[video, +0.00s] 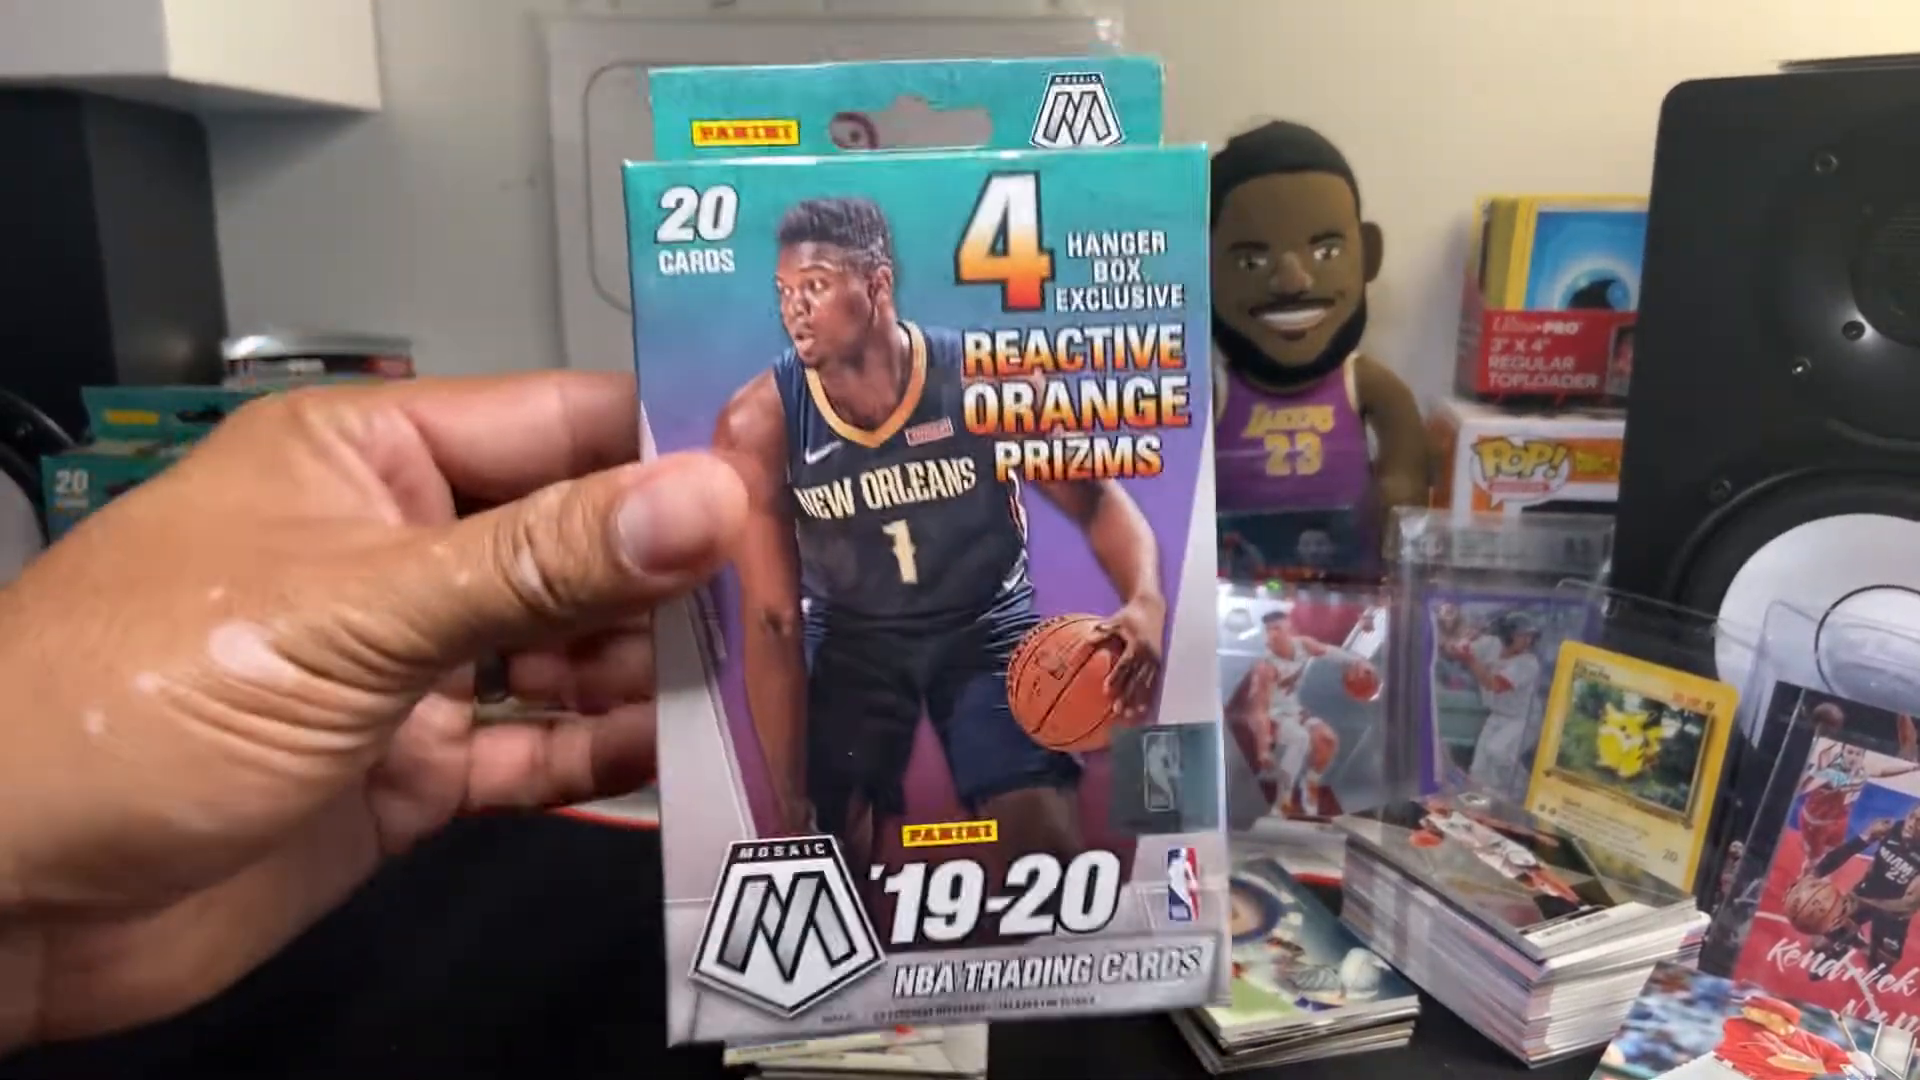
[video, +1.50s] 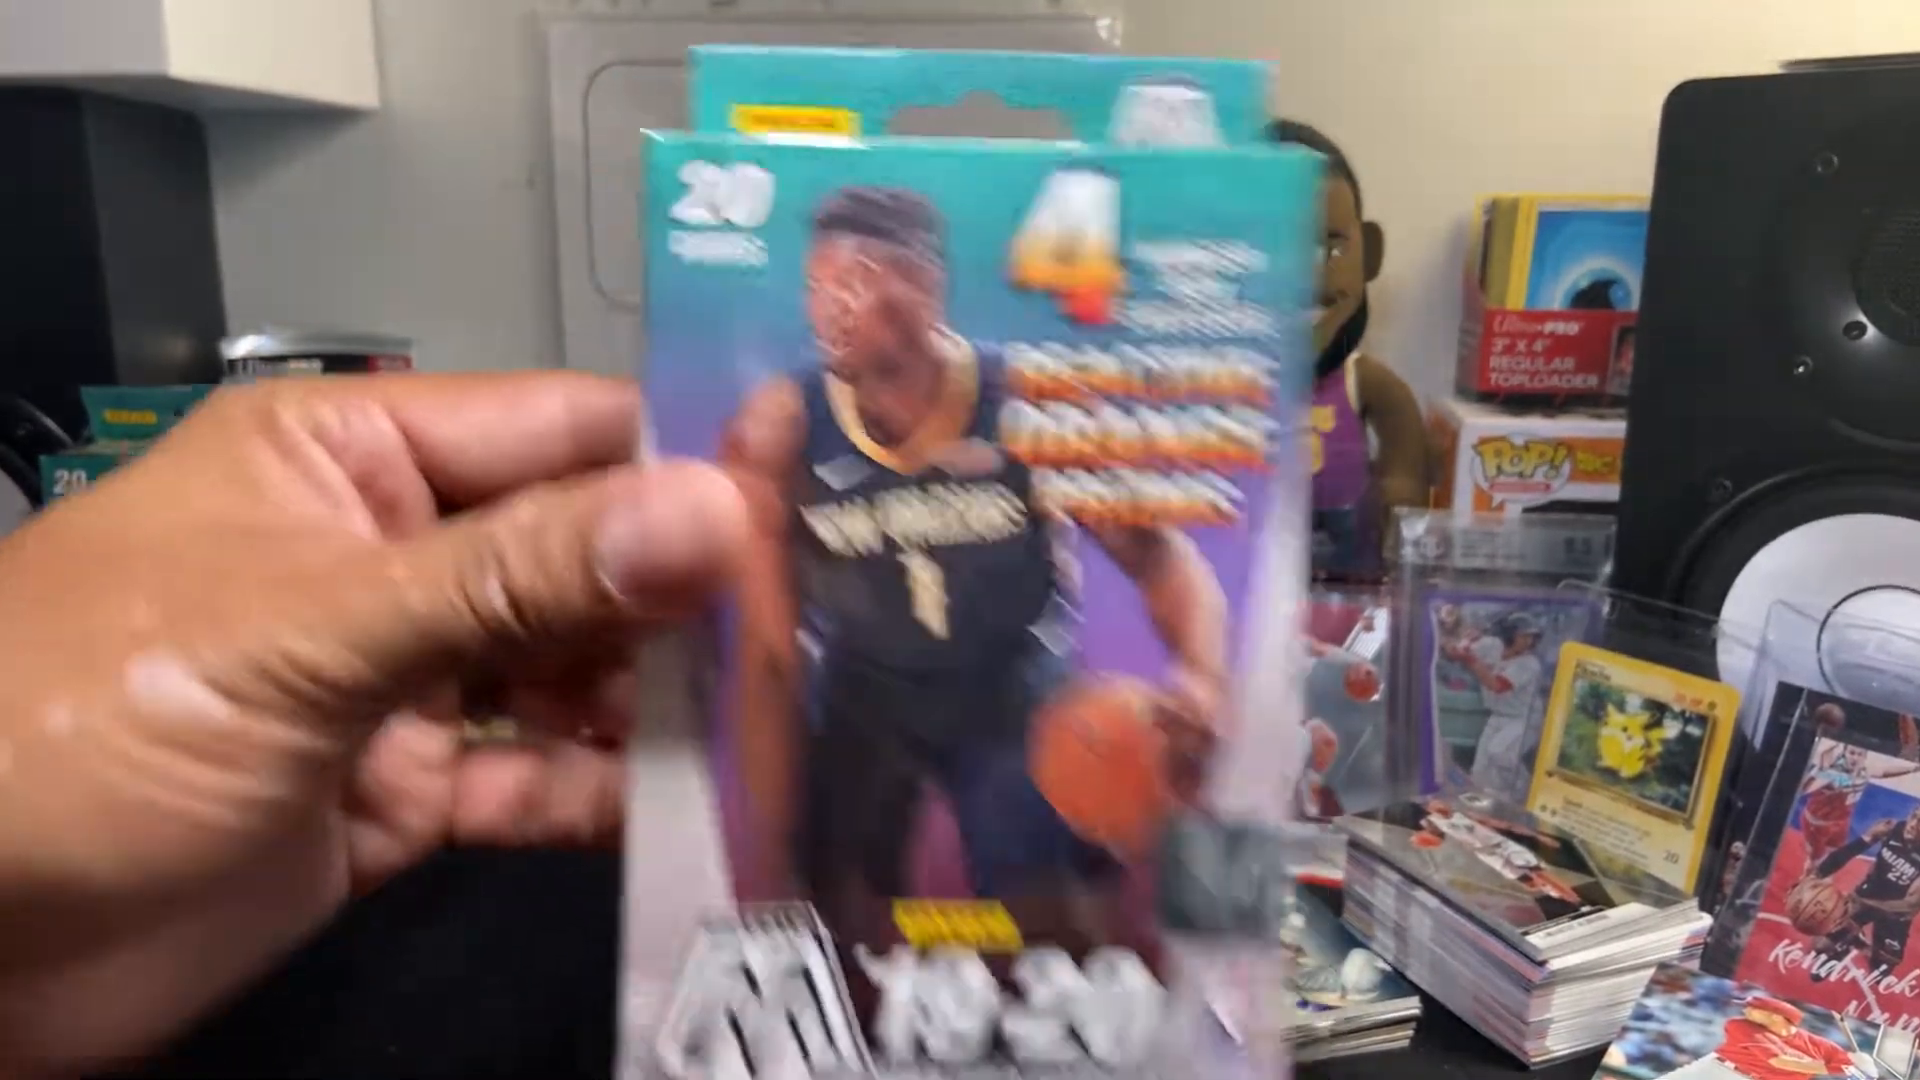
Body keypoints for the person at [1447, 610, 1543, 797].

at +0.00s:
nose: (1528, 641)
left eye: (1530, 637)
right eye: (1523, 635)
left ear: (1533, 639)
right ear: (1510, 635)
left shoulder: (1529, 663)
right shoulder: (1491, 645)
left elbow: (1496, 685)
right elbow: (1458, 650)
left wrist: (1471, 659)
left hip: (1518, 722)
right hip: (1495, 717)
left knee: (1497, 752)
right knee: (1482, 754)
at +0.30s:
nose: (1528, 641)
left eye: (1530, 636)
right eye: (1523, 635)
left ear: (1533, 638)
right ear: (1511, 635)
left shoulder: (1529, 663)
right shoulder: (1491, 645)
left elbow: (1496, 685)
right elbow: (1458, 650)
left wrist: (1471, 660)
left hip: (1516, 723)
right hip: (1494, 717)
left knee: (1497, 753)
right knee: (1481, 756)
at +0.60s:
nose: (1527, 641)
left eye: (1530, 636)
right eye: (1522, 635)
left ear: (1533, 639)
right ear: (1510, 635)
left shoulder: (1527, 663)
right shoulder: (1490, 646)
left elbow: (1496, 684)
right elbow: (1454, 651)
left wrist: (1472, 661)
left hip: (1517, 722)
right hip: (1494, 717)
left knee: (1496, 752)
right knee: (1479, 761)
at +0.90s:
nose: (1527, 641)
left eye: (1530, 636)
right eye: (1523, 635)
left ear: (1532, 638)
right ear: (1510, 635)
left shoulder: (1527, 662)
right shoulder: (1491, 646)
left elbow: (1496, 684)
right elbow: (1453, 650)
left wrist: (1471, 660)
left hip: (1518, 721)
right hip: (1495, 717)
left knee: (1495, 751)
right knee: (1479, 764)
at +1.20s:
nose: (1527, 641)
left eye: (1530, 636)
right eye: (1523, 635)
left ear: (1532, 639)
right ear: (1511, 635)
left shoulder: (1528, 663)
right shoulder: (1491, 646)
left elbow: (1497, 684)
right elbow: (1455, 651)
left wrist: (1472, 661)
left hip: (1518, 722)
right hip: (1495, 717)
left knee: (1496, 751)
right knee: (1480, 761)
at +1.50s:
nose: (1529, 641)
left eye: (1532, 637)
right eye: (1524, 636)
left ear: (1534, 639)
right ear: (1512, 636)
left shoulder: (1530, 663)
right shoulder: (1494, 647)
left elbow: (1498, 685)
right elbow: (1458, 651)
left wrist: (1472, 661)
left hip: (1519, 723)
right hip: (1496, 719)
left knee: (1497, 753)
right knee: (1481, 764)